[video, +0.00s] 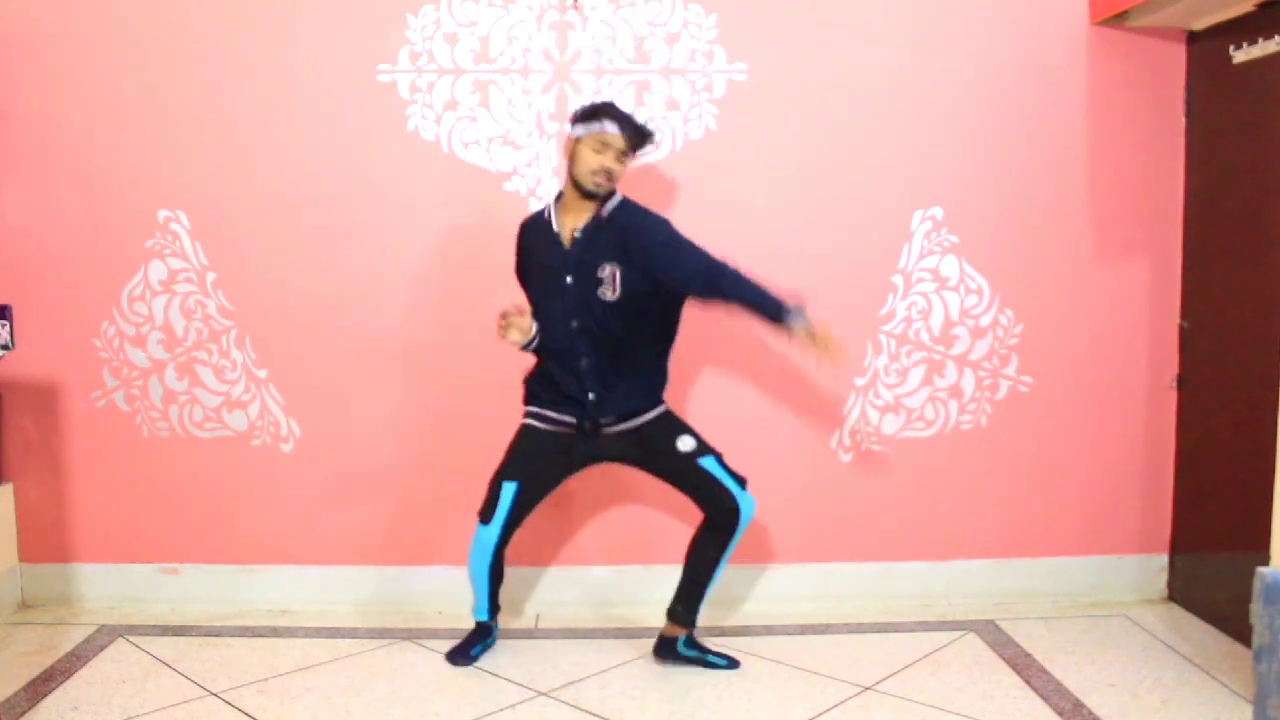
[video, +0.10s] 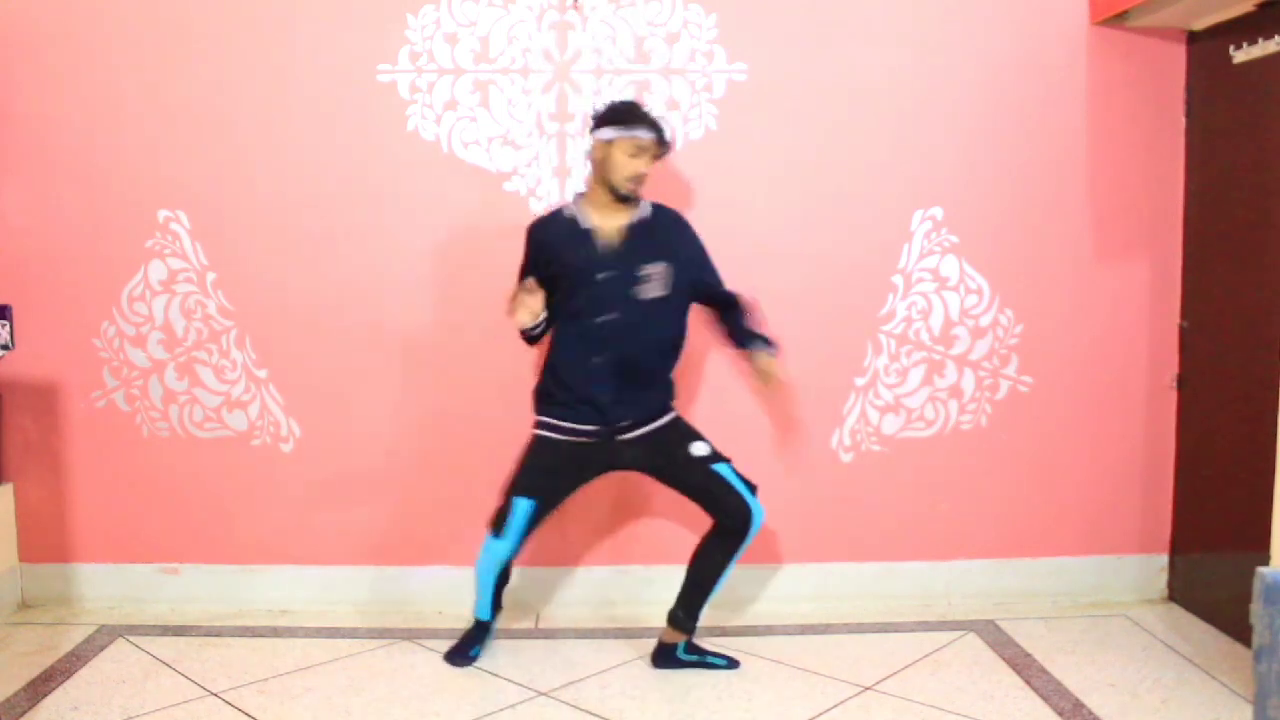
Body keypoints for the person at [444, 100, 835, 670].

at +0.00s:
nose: (611, 164)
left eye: (622, 156)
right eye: (600, 149)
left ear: (627, 166)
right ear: (569, 149)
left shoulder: (642, 232)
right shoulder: (534, 234)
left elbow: (713, 276)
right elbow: (554, 336)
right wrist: (528, 334)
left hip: (640, 421)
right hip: (553, 424)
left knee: (732, 504)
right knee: (490, 526)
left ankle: (677, 634)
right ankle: (483, 626)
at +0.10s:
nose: (643, 166)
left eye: (650, 154)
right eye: (632, 151)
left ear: (656, 160)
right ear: (599, 151)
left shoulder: (668, 230)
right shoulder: (552, 234)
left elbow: (719, 300)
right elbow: (534, 332)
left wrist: (753, 344)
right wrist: (531, 320)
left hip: (651, 424)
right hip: (567, 430)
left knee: (741, 512)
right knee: (504, 534)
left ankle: (676, 639)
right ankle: (482, 623)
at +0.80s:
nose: (755, 169)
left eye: (753, 159)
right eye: (753, 159)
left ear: (693, 161)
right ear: (738, 158)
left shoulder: (651, 231)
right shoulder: (762, 217)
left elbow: (643, 338)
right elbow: (790, 317)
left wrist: (675, 401)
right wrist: (801, 356)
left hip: (697, 419)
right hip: (778, 411)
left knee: (649, 532)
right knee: (829, 513)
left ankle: (574, 654)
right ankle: (819, 661)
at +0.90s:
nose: (751, 156)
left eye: (750, 147)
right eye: (749, 146)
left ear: (688, 148)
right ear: (737, 146)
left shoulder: (642, 216)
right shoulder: (756, 203)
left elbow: (638, 328)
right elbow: (800, 303)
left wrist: (672, 382)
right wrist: (831, 367)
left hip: (699, 408)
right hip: (780, 403)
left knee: (647, 520)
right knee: (829, 510)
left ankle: (584, 655)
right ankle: (817, 661)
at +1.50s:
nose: (748, 239)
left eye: (753, 229)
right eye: (748, 224)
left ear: (694, 212)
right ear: (721, 210)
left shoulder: (635, 258)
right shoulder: (719, 250)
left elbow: (647, 381)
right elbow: (705, 333)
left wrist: (720, 411)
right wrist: (743, 418)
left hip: (592, 439)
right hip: (657, 439)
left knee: (603, 510)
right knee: (764, 507)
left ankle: (599, 647)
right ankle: (783, 659)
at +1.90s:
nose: (683, 244)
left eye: (697, 238)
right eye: (675, 226)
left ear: (701, 247)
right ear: (648, 220)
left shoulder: (638, 287)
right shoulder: (624, 277)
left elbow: (626, 388)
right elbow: (588, 375)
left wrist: (649, 452)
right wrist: (641, 434)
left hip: (587, 460)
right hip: (580, 464)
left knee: (667, 519)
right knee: (707, 584)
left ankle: (596, 648)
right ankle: (624, 712)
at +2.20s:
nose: (674, 213)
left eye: (686, 204)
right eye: (662, 198)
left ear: (692, 215)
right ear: (634, 199)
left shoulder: (641, 285)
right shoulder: (610, 244)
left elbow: (613, 364)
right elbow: (557, 279)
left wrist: (629, 406)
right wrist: (535, 270)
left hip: (562, 428)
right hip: (506, 420)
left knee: (647, 511)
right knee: (534, 550)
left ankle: (588, 645)